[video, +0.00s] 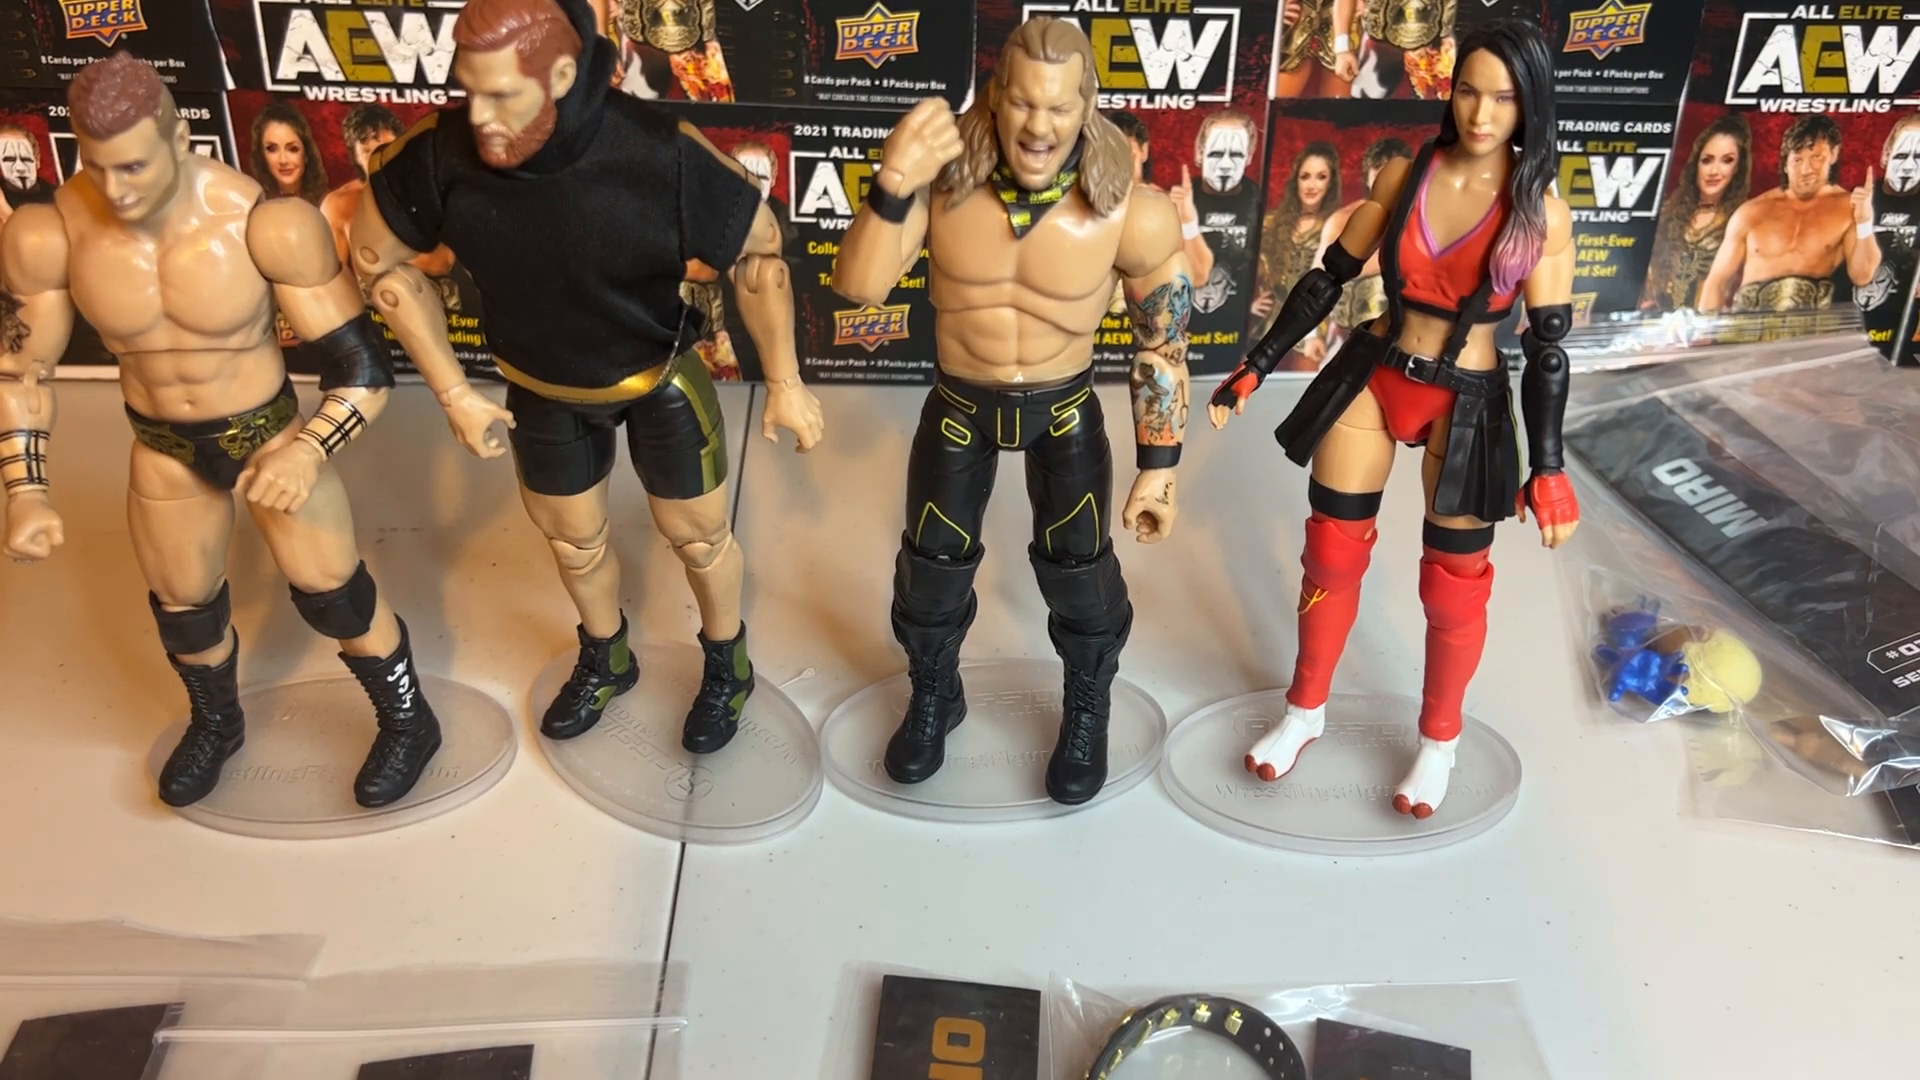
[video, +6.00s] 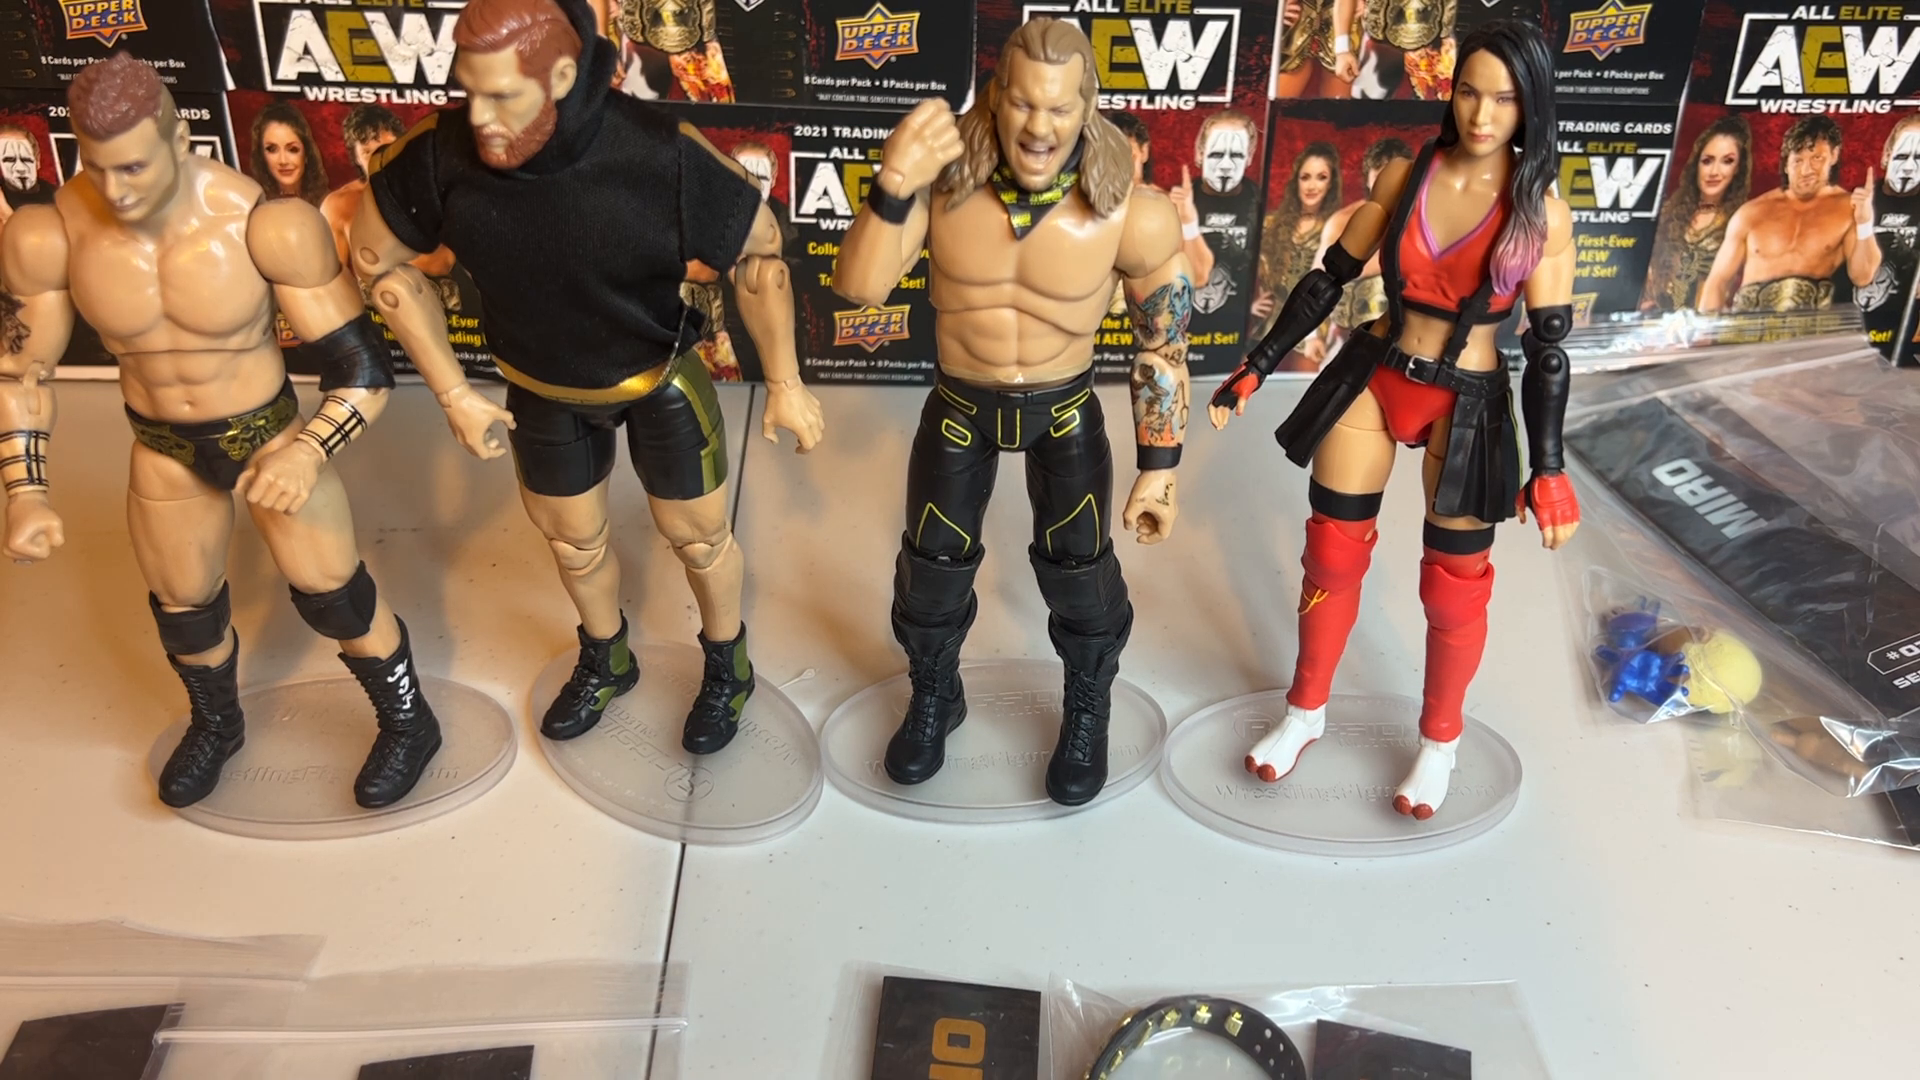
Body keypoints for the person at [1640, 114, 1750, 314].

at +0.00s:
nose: (1714, 171)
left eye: (1727, 160)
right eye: (1706, 160)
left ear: (1739, 168)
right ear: (1695, 164)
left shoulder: (1743, 218)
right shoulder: (1671, 212)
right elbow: (1655, 265)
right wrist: (1649, 298)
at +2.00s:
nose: (1714, 171)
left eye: (1727, 161)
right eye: (1707, 160)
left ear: (1738, 168)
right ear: (1695, 164)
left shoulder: (1743, 219)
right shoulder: (1670, 213)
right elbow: (1654, 266)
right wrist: (1650, 299)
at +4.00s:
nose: (1714, 171)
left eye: (1727, 161)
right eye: (1707, 160)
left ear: (1739, 168)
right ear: (1695, 164)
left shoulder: (1742, 220)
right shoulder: (1670, 213)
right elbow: (1654, 268)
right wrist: (1649, 300)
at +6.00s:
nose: (1714, 171)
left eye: (1727, 161)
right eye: (1707, 160)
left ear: (1739, 168)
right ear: (1695, 164)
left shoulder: (1742, 219)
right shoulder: (1671, 212)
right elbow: (1655, 265)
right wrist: (1649, 300)